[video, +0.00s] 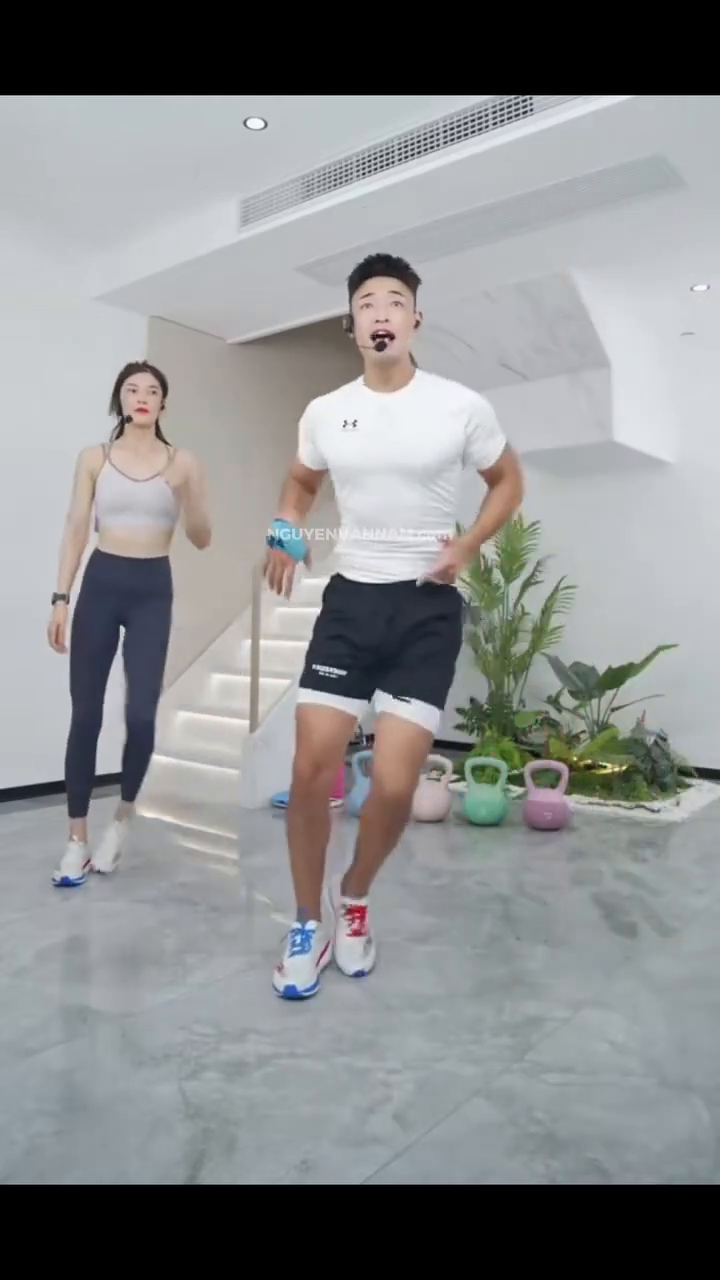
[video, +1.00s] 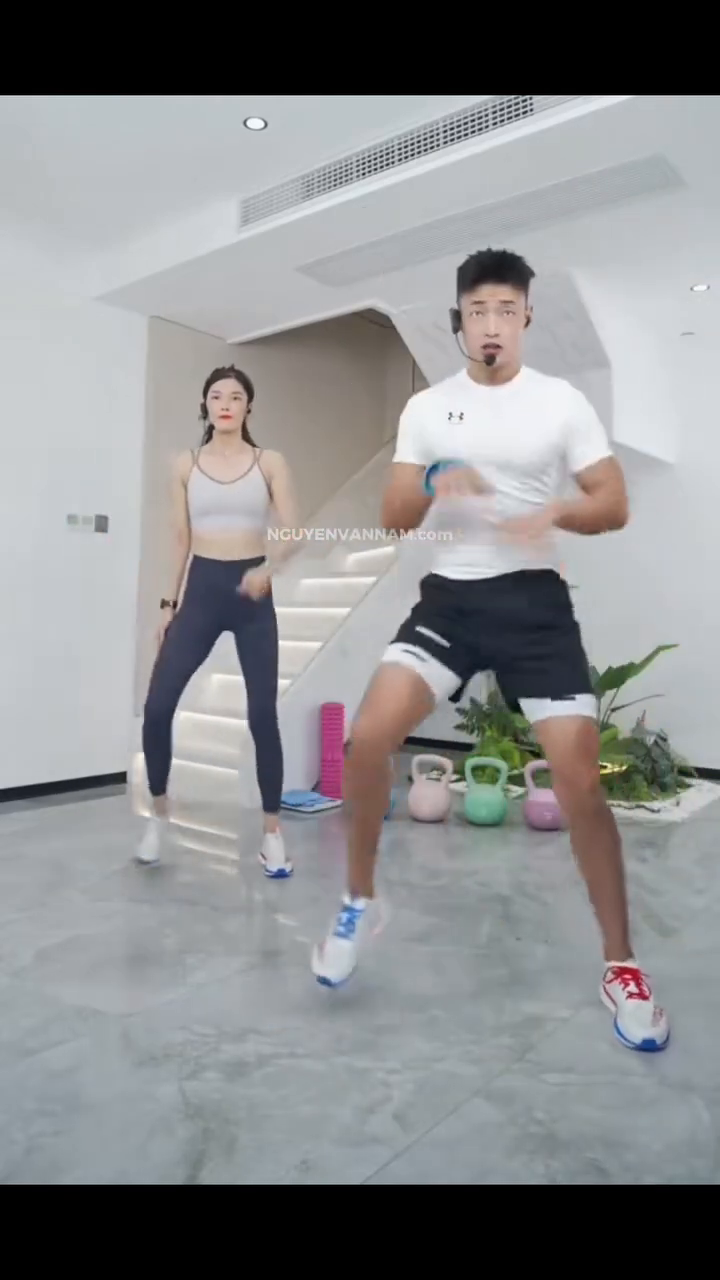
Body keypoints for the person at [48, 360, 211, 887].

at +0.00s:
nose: (142, 397)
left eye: (151, 391)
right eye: (133, 390)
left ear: (163, 402)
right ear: (119, 400)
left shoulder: (182, 462)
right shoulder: (95, 457)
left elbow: (201, 539)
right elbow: (77, 529)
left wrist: (189, 490)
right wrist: (62, 599)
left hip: (152, 589)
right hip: (98, 585)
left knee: (140, 716)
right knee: (86, 715)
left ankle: (122, 819)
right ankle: (78, 836)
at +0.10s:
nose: (146, 400)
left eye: (155, 394)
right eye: (137, 392)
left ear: (166, 406)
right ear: (121, 402)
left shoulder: (184, 464)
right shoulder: (96, 460)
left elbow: (208, 541)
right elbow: (81, 533)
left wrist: (194, 491)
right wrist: (71, 603)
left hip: (159, 595)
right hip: (104, 593)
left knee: (185, 708)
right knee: (87, 718)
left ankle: (168, 812)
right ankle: (78, 838)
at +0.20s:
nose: (156, 396)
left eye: (165, 390)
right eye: (146, 389)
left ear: (175, 403)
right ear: (131, 400)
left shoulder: (195, 462)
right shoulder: (108, 458)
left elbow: (212, 538)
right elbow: (93, 533)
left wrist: (201, 487)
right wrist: (86, 601)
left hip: (171, 594)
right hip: (115, 592)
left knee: (213, 708)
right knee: (96, 718)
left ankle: (227, 815)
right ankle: (79, 839)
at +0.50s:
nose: (201, 406)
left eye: (210, 399)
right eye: (192, 400)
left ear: (223, 410)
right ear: (180, 411)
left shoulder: (247, 463)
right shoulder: (165, 473)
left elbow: (282, 524)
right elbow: (154, 550)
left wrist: (239, 497)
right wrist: (142, 617)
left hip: (245, 598)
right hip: (191, 600)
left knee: (257, 716)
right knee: (147, 712)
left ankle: (272, 830)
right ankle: (103, 825)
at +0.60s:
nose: (213, 404)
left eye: (222, 398)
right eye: (204, 398)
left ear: (236, 409)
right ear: (192, 410)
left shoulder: (260, 461)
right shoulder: (179, 471)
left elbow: (292, 524)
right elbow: (173, 549)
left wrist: (250, 499)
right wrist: (163, 616)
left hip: (256, 593)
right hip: (204, 594)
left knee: (262, 713)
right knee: (181, 707)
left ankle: (272, 828)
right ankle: (161, 798)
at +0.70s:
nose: (220, 400)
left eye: (229, 393)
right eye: (212, 394)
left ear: (244, 405)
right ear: (200, 406)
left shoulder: (268, 458)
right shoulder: (187, 464)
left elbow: (295, 525)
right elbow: (185, 539)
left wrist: (257, 502)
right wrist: (181, 604)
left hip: (258, 586)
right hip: (207, 588)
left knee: (262, 713)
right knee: (220, 713)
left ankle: (272, 827)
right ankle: (223, 812)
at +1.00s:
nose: (226, 404)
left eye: (235, 397)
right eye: (218, 397)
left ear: (249, 407)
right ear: (205, 405)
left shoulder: (269, 462)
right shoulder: (187, 465)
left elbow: (292, 532)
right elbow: (183, 540)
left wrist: (268, 569)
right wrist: (171, 603)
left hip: (254, 593)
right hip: (202, 593)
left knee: (263, 715)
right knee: (157, 709)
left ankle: (272, 829)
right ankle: (158, 814)